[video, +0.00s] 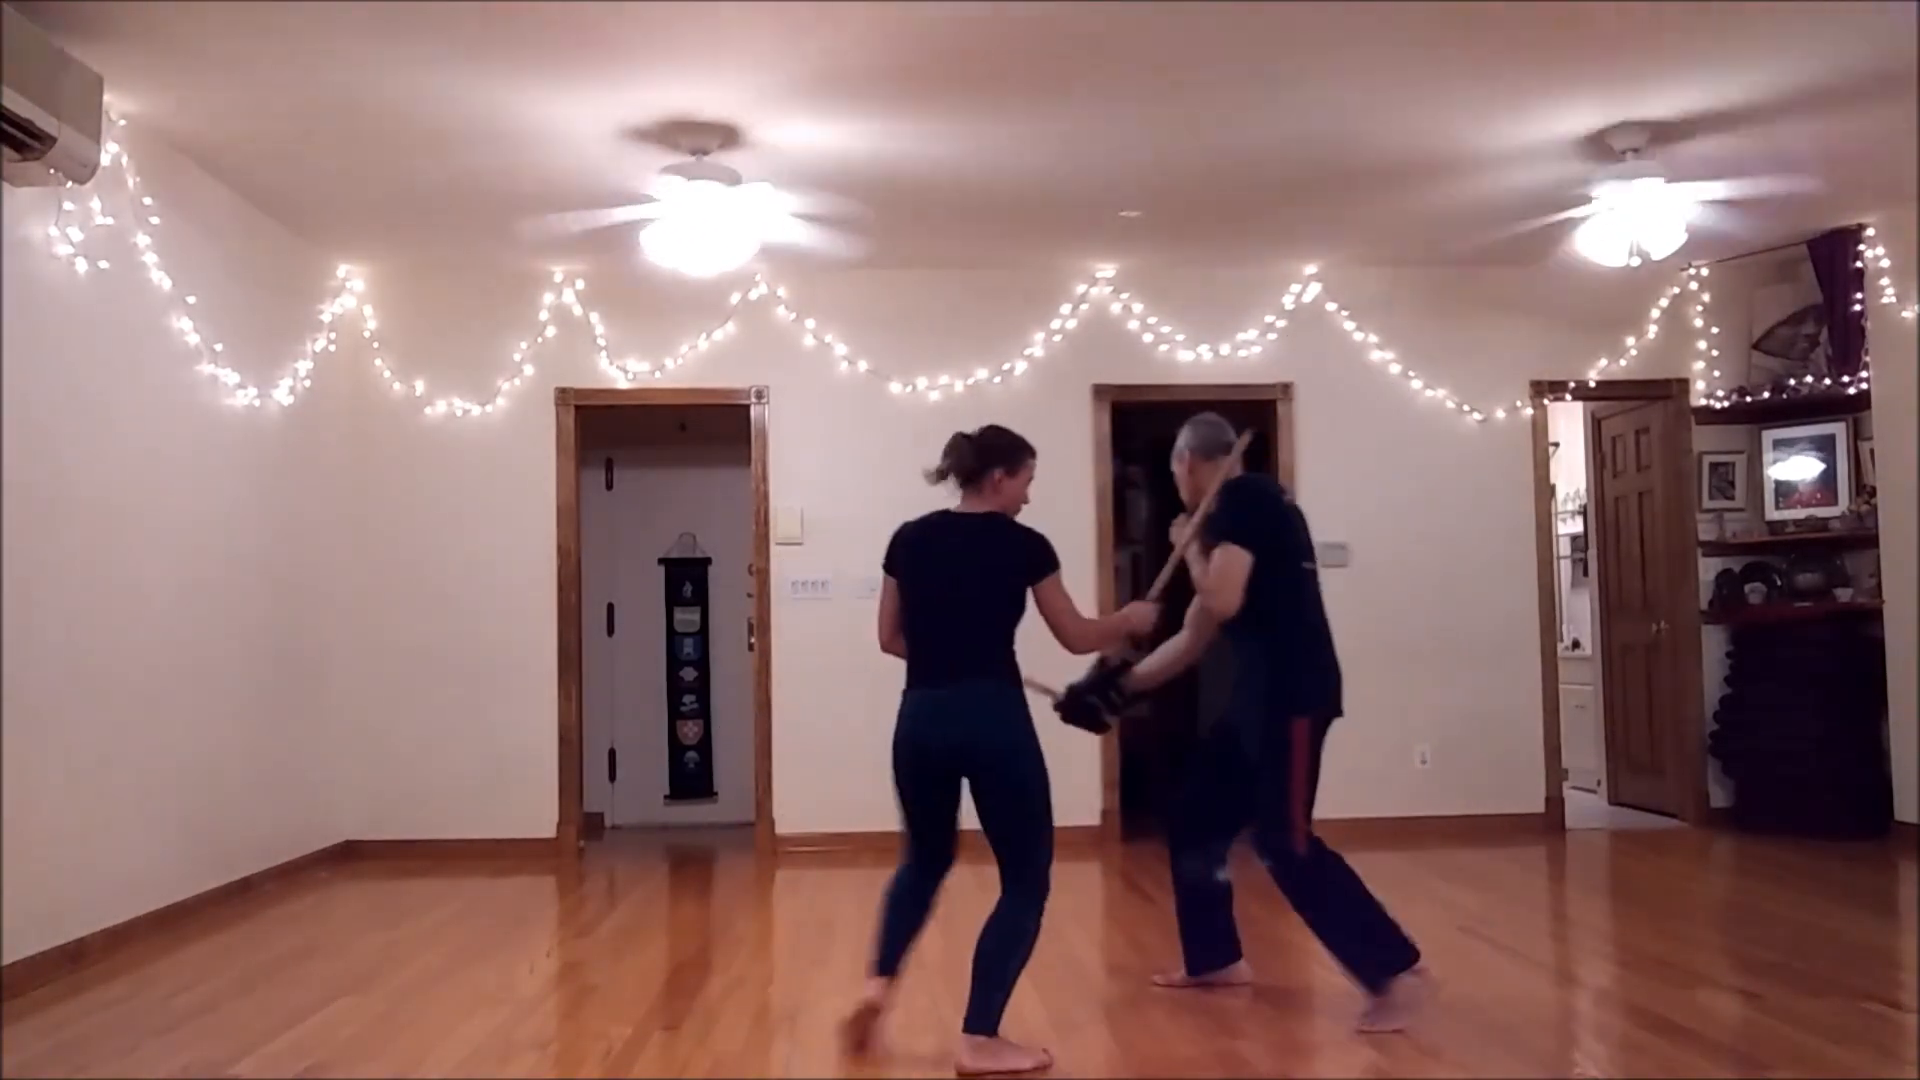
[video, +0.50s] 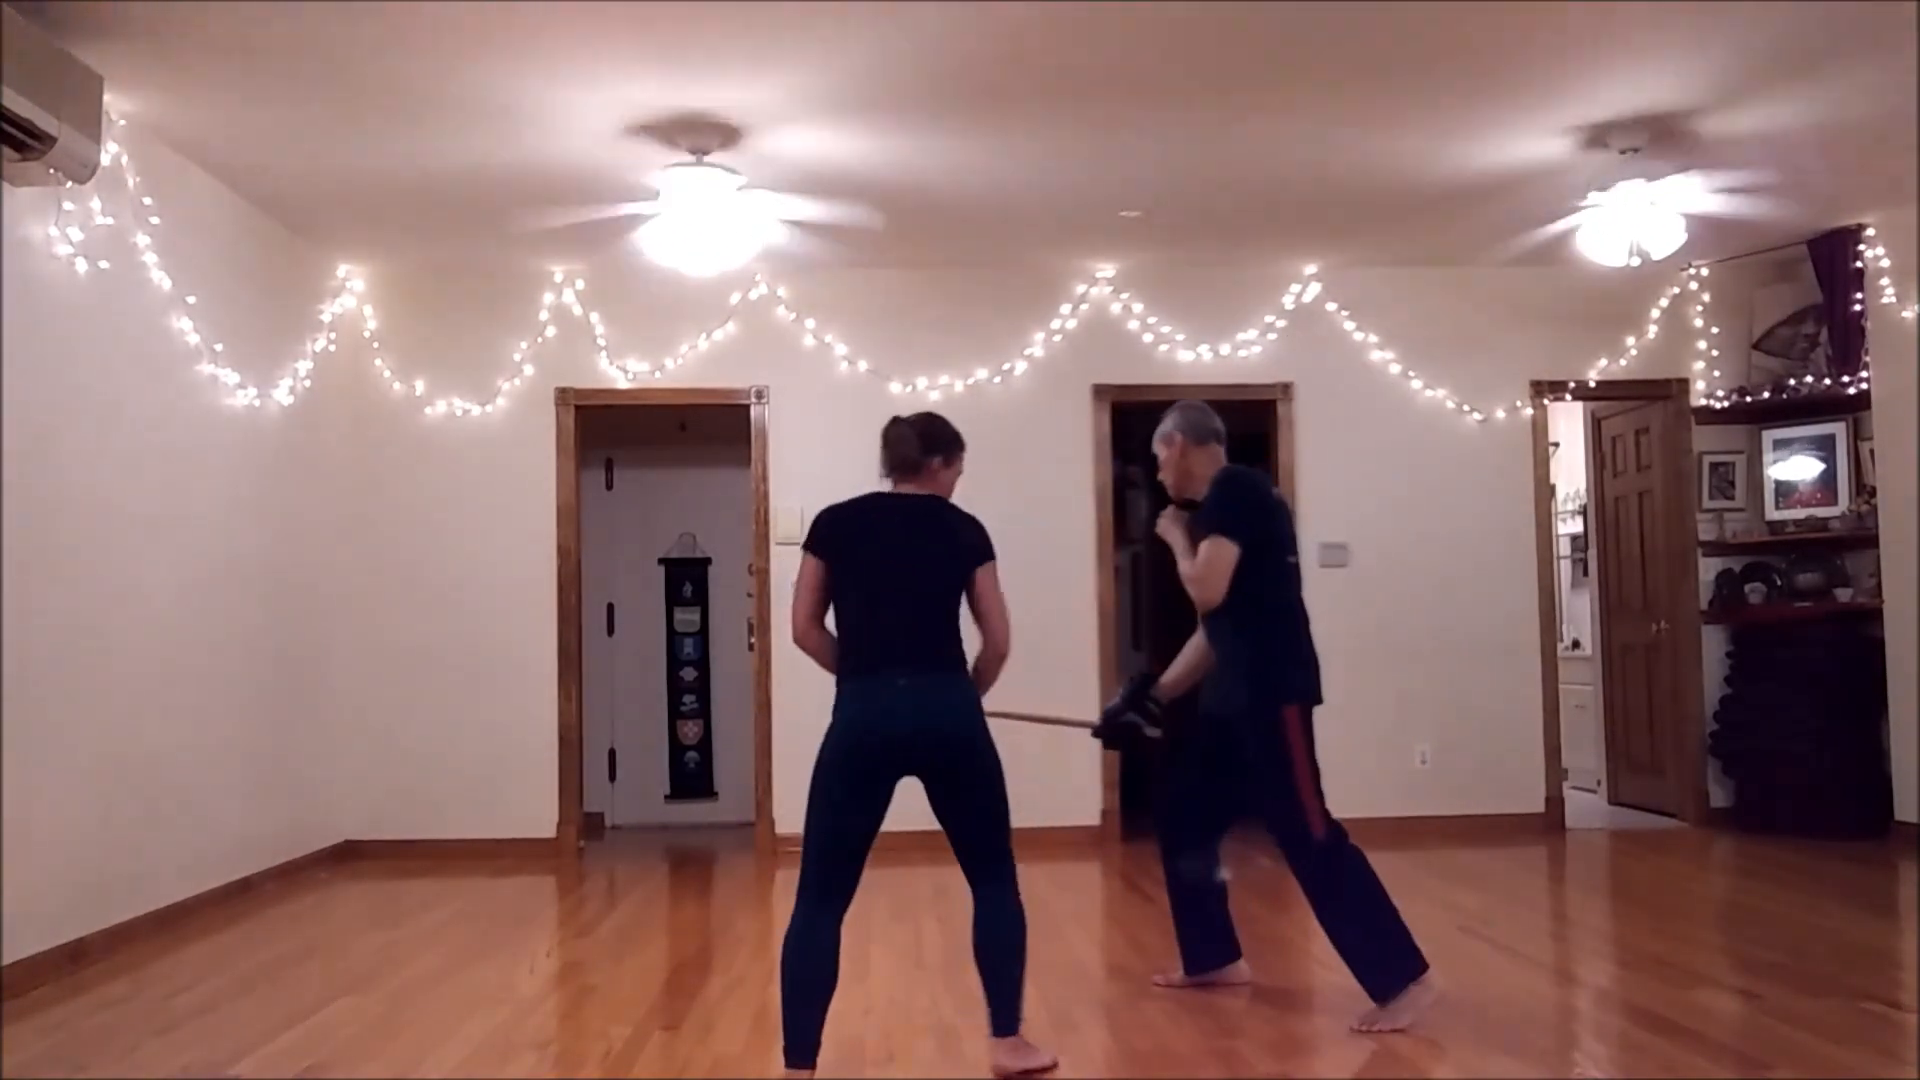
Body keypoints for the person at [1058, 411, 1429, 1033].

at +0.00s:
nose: (1177, 483)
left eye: (1177, 471)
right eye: (1177, 472)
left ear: (1192, 464)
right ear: (1232, 456)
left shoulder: (1247, 498)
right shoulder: (1224, 519)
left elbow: (1226, 598)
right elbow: (1192, 634)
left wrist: (1191, 551)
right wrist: (1118, 683)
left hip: (1295, 698)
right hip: (1253, 699)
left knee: (1285, 839)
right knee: (1195, 821)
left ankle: (1395, 972)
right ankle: (1215, 961)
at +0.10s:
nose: (1169, 477)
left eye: (1170, 464)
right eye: (1169, 465)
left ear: (1187, 458)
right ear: (1219, 454)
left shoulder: (1241, 497)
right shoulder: (1215, 517)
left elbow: (1215, 593)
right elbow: (1198, 636)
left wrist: (1182, 545)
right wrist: (1131, 689)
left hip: (1279, 698)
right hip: (1233, 699)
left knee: (1289, 840)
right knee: (1188, 823)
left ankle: (1402, 972)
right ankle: (1215, 961)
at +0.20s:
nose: (1164, 473)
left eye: (1165, 460)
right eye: (1162, 462)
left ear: (1183, 453)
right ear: (1211, 450)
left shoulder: (1239, 491)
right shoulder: (1219, 511)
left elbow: (1210, 590)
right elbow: (1204, 634)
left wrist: (1182, 543)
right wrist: (1139, 689)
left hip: (1276, 695)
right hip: (1234, 696)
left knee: (1298, 837)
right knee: (1187, 821)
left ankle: (1405, 974)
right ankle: (1214, 960)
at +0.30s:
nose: (1159, 473)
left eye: (1160, 459)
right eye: (1157, 461)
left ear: (1182, 450)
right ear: (1206, 450)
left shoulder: (1235, 488)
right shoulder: (1220, 507)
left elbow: (1208, 589)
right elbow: (1207, 634)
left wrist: (1181, 543)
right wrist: (1142, 691)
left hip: (1273, 690)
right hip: (1232, 692)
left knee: (1303, 834)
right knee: (1186, 816)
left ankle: (1400, 975)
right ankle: (1214, 959)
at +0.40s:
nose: (1157, 472)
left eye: (1158, 458)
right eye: (1155, 460)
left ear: (1178, 449)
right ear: (1205, 447)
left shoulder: (1236, 489)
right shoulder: (1220, 508)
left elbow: (1207, 588)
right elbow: (1210, 632)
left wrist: (1180, 539)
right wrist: (1146, 693)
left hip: (1274, 690)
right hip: (1233, 692)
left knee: (1305, 832)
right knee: (1184, 811)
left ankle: (1403, 978)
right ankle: (1215, 958)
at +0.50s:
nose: (1157, 470)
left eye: (1159, 456)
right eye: (1156, 458)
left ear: (1181, 447)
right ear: (1204, 446)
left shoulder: (1239, 490)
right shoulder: (1222, 507)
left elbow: (1208, 589)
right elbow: (1215, 628)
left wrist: (1178, 539)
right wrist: (1154, 694)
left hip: (1273, 691)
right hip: (1233, 692)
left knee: (1308, 834)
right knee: (1183, 811)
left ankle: (1404, 979)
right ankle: (1215, 959)